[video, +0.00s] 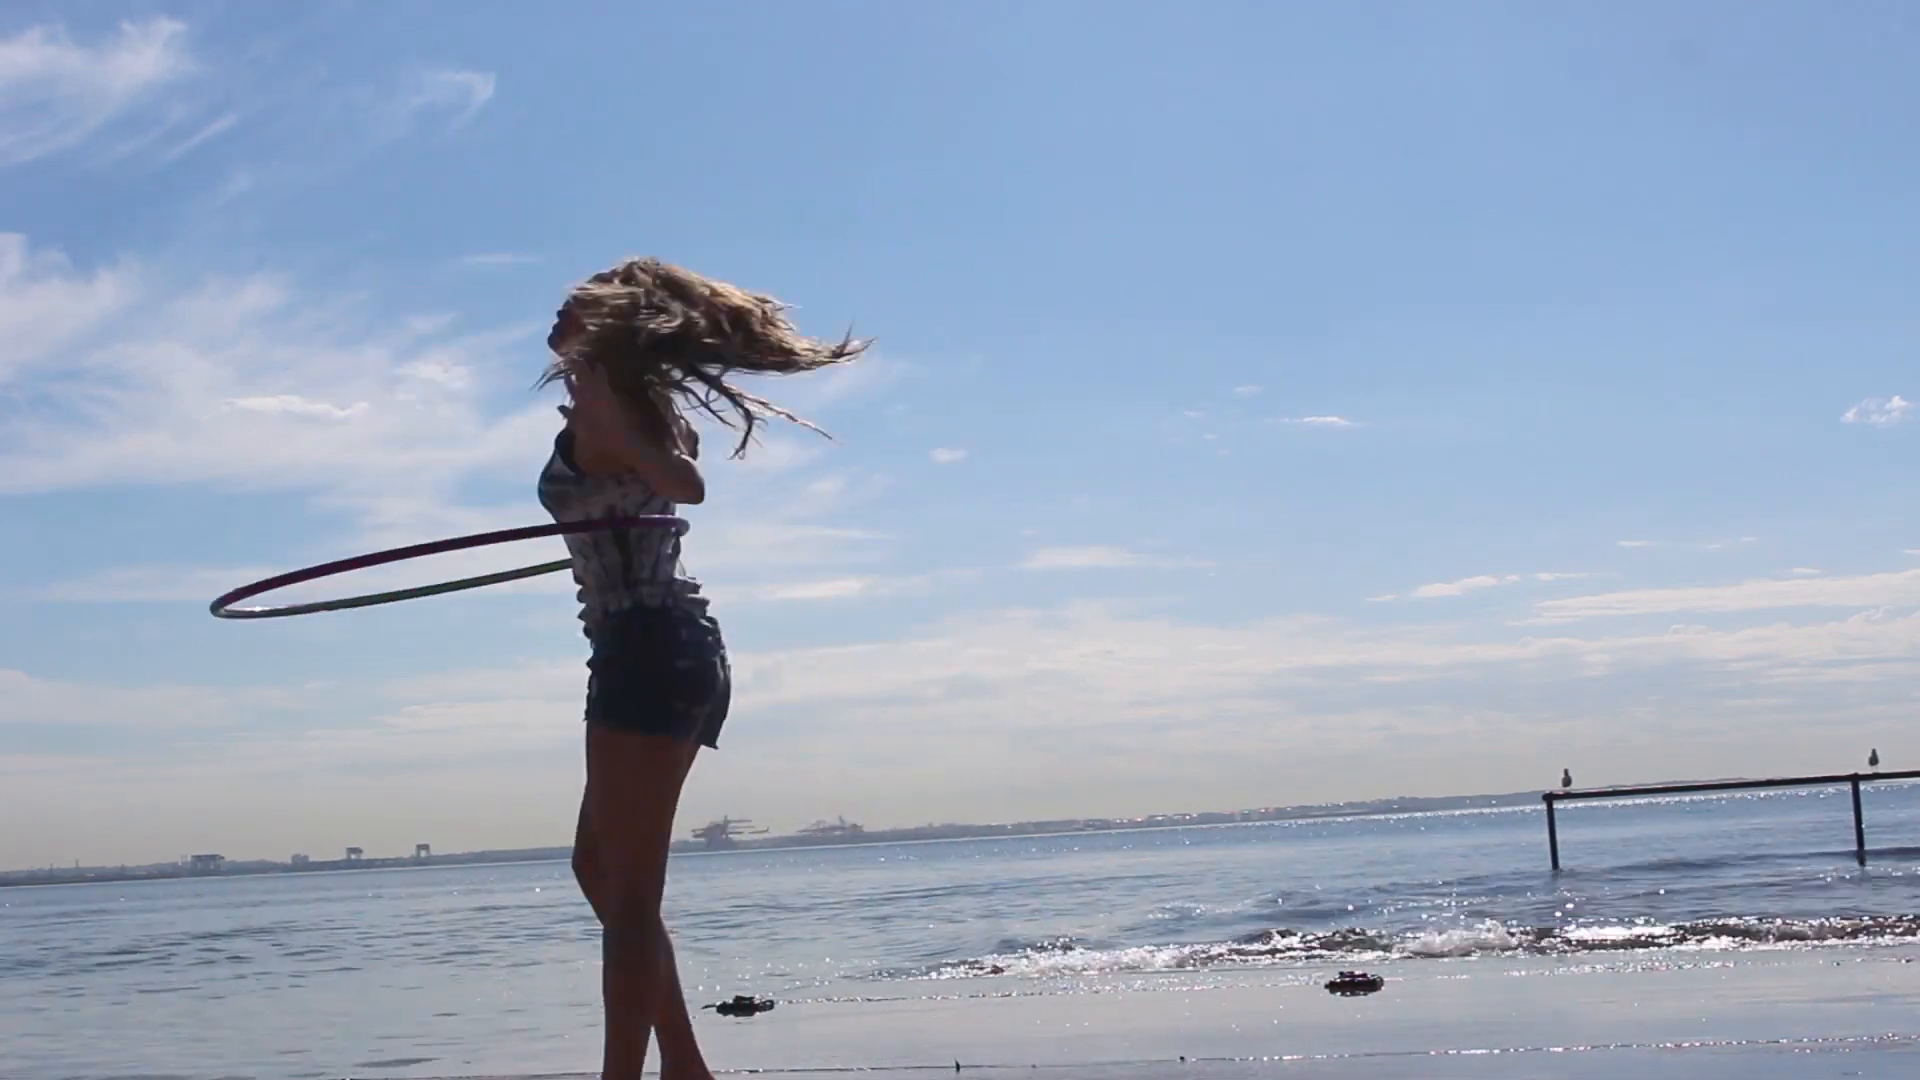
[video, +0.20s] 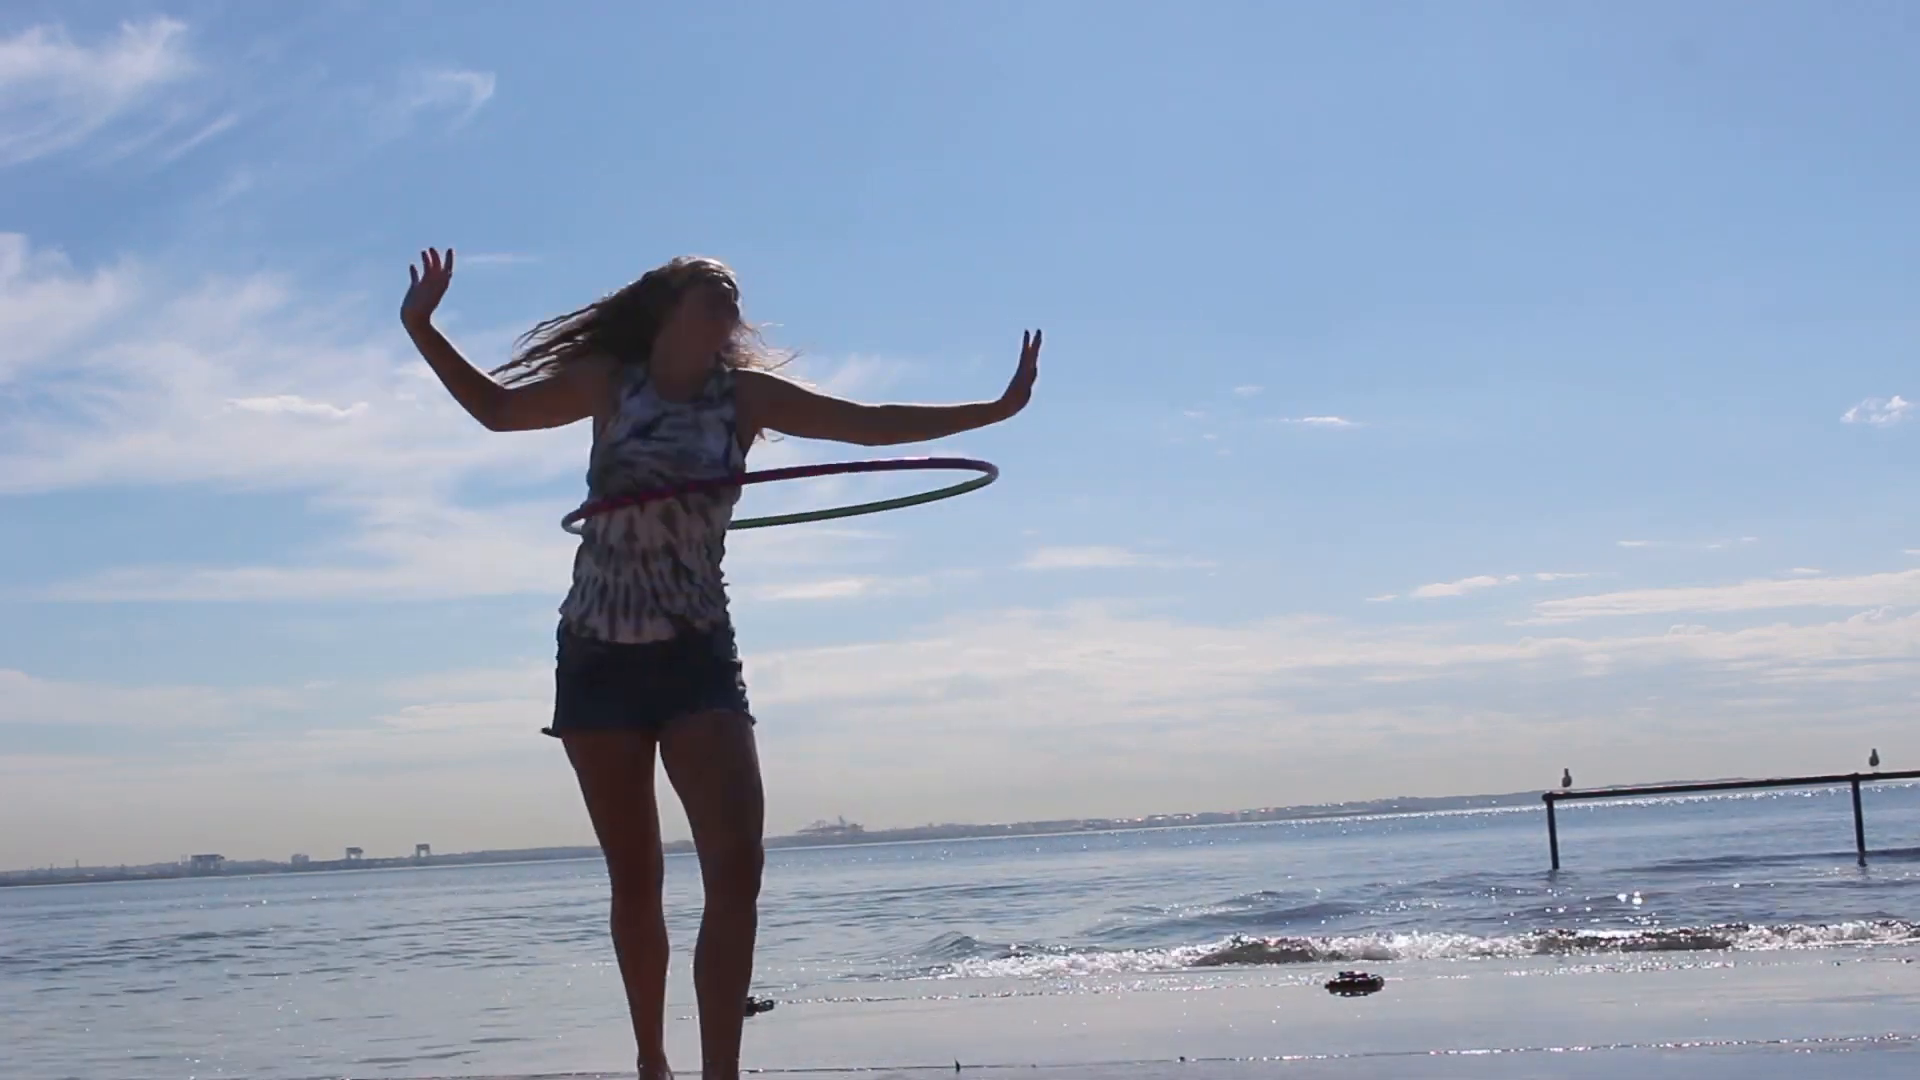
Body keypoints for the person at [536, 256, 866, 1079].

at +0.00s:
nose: (560, 321)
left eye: (576, 311)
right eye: (566, 307)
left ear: (607, 329)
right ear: (617, 333)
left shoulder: (614, 402)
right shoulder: (603, 402)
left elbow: (686, 483)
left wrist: (616, 453)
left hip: (649, 651)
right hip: (660, 646)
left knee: (632, 884)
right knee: (597, 864)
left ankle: (623, 1072)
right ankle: (684, 1063)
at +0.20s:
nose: (732, 309)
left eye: (735, 300)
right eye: (715, 294)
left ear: (728, 323)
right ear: (667, 305)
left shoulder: (745, 394)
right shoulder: (606, 382)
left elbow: (873, 423)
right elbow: (497, 409)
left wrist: (999, 407)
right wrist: (419, 326)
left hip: (696, 651)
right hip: (599, 654)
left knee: (738, 869)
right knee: (634, 876)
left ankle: (721, 1071)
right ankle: (653, 1066)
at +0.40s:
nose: (785, 354)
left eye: (781, 338)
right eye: (775, 339)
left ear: (715, 343)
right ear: (750, 347)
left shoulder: (706, 437)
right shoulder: (708, 412)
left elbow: (622, 518)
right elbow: (593, 392)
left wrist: (586, 519)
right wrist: (517, 293)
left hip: (707, 687)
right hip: (679, 685)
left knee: (778, 888)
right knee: (779, 886)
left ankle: (721, 1075)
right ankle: (641, 1064)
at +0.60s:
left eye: (712, 296)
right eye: (794, 312)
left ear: (699, 314)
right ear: (792, 323)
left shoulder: (655, 388)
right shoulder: (811, 402)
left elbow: (523, 395)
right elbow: (927, 470)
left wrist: (428, 379)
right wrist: (1047, 532)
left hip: (684, 647)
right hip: (788, 644)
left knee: (725, 876)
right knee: (809, 881)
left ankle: (732, 1071)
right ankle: (840, 1068)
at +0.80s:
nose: (676, 301)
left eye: (693, 286)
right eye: (674, 287)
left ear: (741, 293)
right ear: (690, 298)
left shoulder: (745, 370)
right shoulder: (718, 378)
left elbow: (793, 386)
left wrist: (830, 372)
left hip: (772, 634)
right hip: (803, 632)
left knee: (742, 859)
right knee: (808, 867)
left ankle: (774, 1072)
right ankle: (855, 1069)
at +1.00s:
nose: (727, 292)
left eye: (742, 275)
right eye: (711, 280)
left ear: (778, 286)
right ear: (693, 297)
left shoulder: (830, 396)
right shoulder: (672, 390)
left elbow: (950, 420)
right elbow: (565, 363)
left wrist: (1044, 424)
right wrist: (487, 328)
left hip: (820, 658)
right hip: (717, 664)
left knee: (803, 885)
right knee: (743, 891)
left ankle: (781, 1075)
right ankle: (874, 1048)